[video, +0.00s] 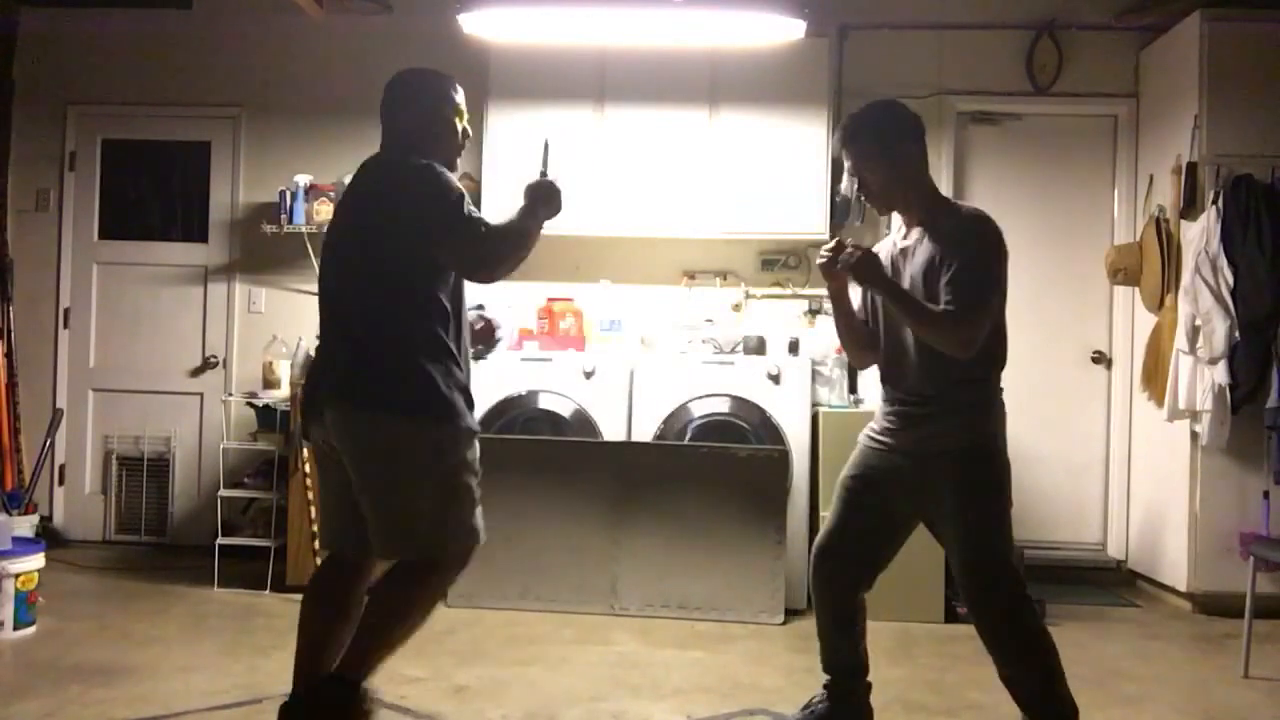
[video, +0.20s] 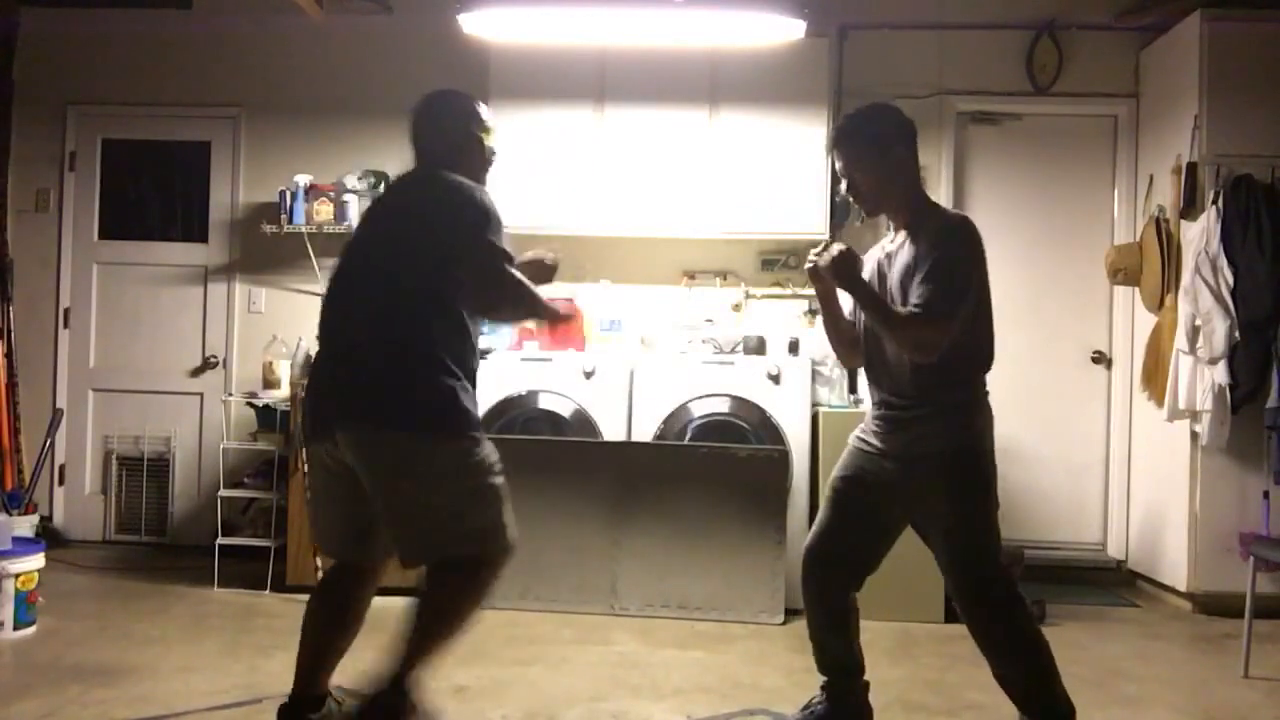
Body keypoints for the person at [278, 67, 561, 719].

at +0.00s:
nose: (467, 128)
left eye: (466, 117)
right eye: (456, 114)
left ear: (393, 121)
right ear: (419, 118)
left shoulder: (362, 190)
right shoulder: (424, 183)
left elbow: (377, 312)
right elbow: (486, 257)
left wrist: (458, 335)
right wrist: (534, 213)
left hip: (337, 395)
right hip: (406, 398)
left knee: (349, 553)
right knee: (447, 544)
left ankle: (306, 700)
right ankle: (342, 687)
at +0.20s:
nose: (492, 145)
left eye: (489, 133)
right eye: (483, 133)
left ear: (426, 140)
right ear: (457, 139)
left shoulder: (390, 202)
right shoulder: (462, 198)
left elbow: (433, 278)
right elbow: (489, 290)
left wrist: (516, 270)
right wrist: (553, 309)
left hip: (333, 399)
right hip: (416, 402)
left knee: (356, 558)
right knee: (480, 547)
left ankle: (304, 700)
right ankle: (395, 688)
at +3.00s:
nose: (505, 126)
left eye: (502, 111)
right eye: (493, 110)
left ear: (446, 117)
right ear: (450, 115)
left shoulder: (434, 185)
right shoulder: (428, 180)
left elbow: (432, 291)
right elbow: (421, 279)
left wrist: (517, 320)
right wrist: (521, 312)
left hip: (396, 405)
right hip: (439, 407)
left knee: (398, 556)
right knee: (505, 543)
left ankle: (347, 701)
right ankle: (491, 702)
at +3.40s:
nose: (531, 147)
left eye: (531, 134)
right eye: (524, 133)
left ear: (465, 127)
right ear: (496, 130)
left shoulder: (414, 183)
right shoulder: (482, 185)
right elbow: (481, 286)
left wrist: (531, 243)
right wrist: (528, 364)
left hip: (378, 401)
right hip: (458, 406)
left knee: (381, 556)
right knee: (510, 563)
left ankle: (344, 699)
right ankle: (535, 709)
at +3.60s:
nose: (576, 143)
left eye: (576, 129)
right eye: (571, 129)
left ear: (506, 124)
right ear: (547, 128)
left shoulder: (449, 188)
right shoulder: (548, 194)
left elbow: (465, 277)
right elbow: (620, 267)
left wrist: (547, 293)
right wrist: (679, 311)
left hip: (414, 404)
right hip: (503, 412)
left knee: (402, 555)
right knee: (544, 562)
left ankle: (348, 696)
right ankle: (545, 711)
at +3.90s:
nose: (612, 135)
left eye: (611, 122)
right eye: (608, 121)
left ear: (537, 119)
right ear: (590, 123)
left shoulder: (480, 181)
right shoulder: (602, 193)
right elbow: (684, 254)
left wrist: (603, 241)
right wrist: (633, 242)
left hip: (441, 398)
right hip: (538, 409)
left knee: (451, 552)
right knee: (563, 562)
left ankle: (414, 699)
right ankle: (549, 713)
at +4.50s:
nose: (612, 130)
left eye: (611, 116)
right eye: (604, 116)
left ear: (541, 115)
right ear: (573, 115)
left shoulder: (505, 182)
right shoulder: (557, 176)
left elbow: (559, 289)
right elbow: (650, 205)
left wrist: (632, 279)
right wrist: (731, 192)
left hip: (448, 397)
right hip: (525, 404)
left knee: (454, 556)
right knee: (559, 558)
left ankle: (412, 696)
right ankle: (547, 712)